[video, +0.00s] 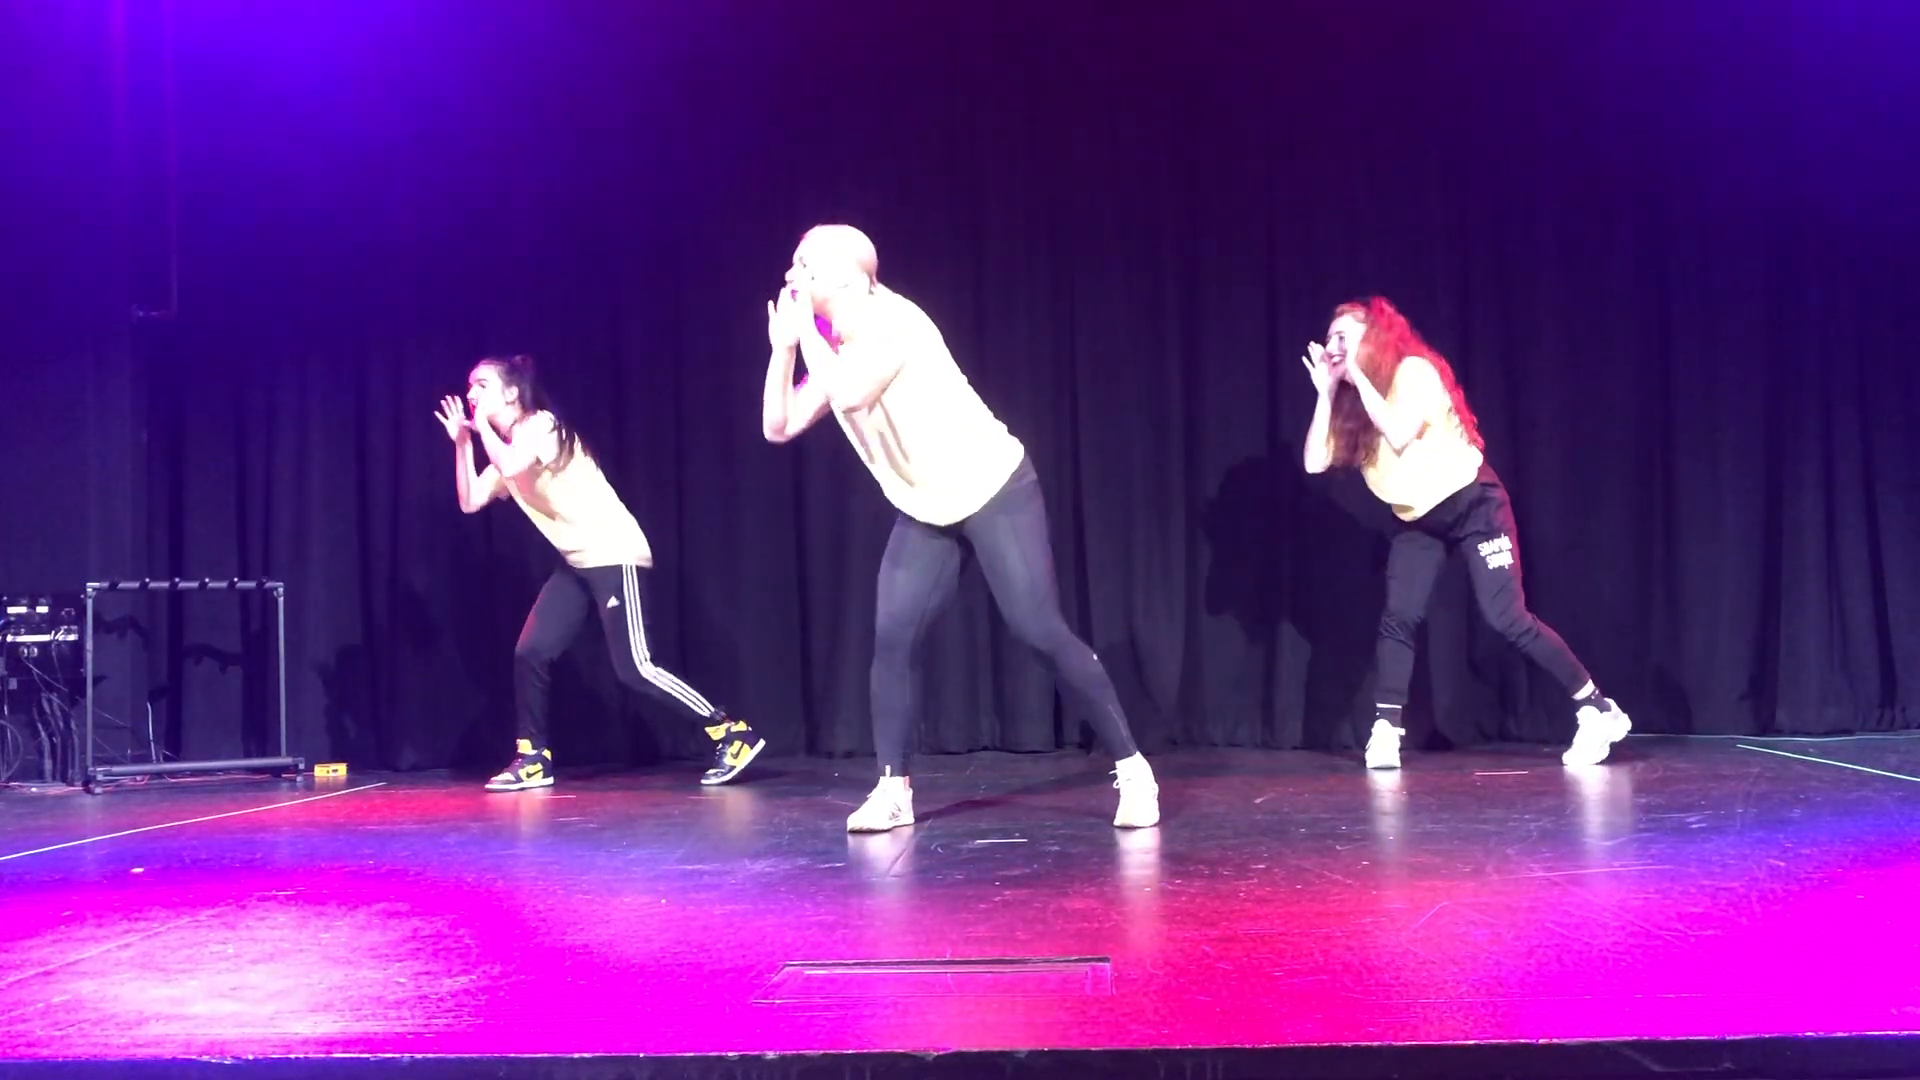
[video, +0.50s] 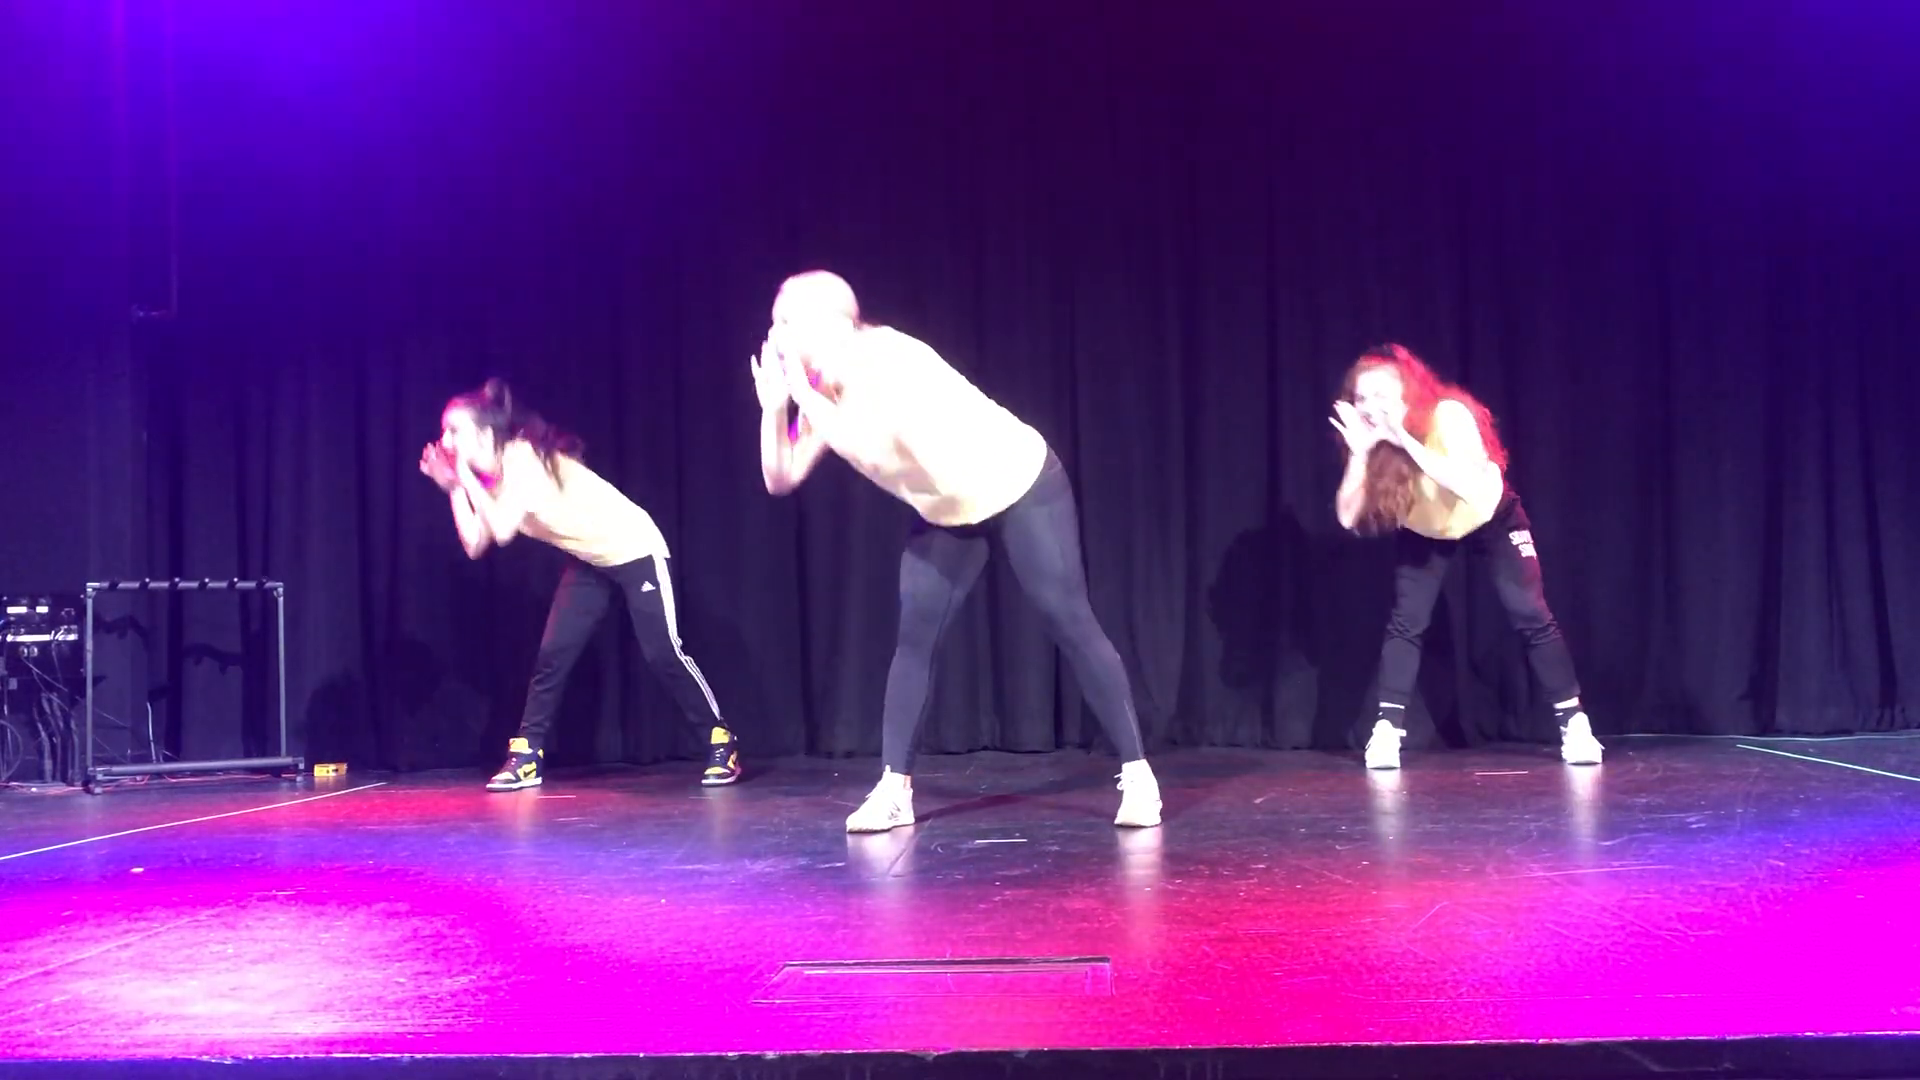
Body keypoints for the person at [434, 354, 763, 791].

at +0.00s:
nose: (471, 395)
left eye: (481, 385)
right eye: (471, 386)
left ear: (513, 394)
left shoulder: (543, 425)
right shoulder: (504, 447)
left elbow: (512, 465)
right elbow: (471, 501)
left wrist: (481, 424)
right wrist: (461, 445)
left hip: (615, 555)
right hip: (577, 562)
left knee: (635, 668)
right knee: (531, 651)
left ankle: (731, 734)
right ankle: (534, 760)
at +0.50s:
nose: (447, 440)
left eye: (455, 430)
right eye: (446, 431)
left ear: (487, 432)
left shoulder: (523, 457)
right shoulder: (482, 480)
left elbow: (504, 527)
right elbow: (473, 544)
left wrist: (463, 475)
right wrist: (452, 486)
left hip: (637, 551)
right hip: (589, 562)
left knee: (663, 652)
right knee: (552, 657)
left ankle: (720, 744)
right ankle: (527, 758)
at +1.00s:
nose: (635, 493)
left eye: (645, 483)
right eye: (626, 483)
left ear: (660, 484)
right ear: (611, 482)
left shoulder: (675, 513)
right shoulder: (591, 506)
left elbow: (689, 589)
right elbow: (579, 581)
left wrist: (656, 536)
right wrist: (602, 531)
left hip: (657, 573)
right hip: (602, 571)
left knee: (682, 649)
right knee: (565, 651)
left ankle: (726, 745)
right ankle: (526, 754)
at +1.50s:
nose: (730, 386)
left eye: (737, 379)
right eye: (721, 377)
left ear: (745, 391)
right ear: (699, 384)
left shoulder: (738, 440)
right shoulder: (671, 417)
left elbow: (775, 494)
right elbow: (668, 476)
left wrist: (750, 438)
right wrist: (705, 427)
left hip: (689, 550)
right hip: (627, 542)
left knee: (703, 647)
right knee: (579, 646)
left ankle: (728, 747)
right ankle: (532, 746)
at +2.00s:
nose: (640, 367)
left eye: (649, 360)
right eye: (631, 358)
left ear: (659, 373)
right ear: (612, 368)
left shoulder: (673, 429)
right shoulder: (587, 420)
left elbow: (703, 496)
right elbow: (551, 477)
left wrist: (686, 542)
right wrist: (528, 499)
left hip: (652, 560)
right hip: (591, 557)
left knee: (674, 658)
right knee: (544, 654)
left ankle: (723, 745)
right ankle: (532, 757)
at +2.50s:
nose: (619, 342)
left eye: (629, 335)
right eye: (611, 334)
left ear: (645, 346)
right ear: (599, 344)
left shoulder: (664, 406)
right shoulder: (587, 391)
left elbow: (666, 480)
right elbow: (572, 312)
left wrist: (670, 543)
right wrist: (552, 245)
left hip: (649, 539)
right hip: (590, 538)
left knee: (686, 647)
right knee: (567, 650)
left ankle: (717, 747)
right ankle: (553, 755)